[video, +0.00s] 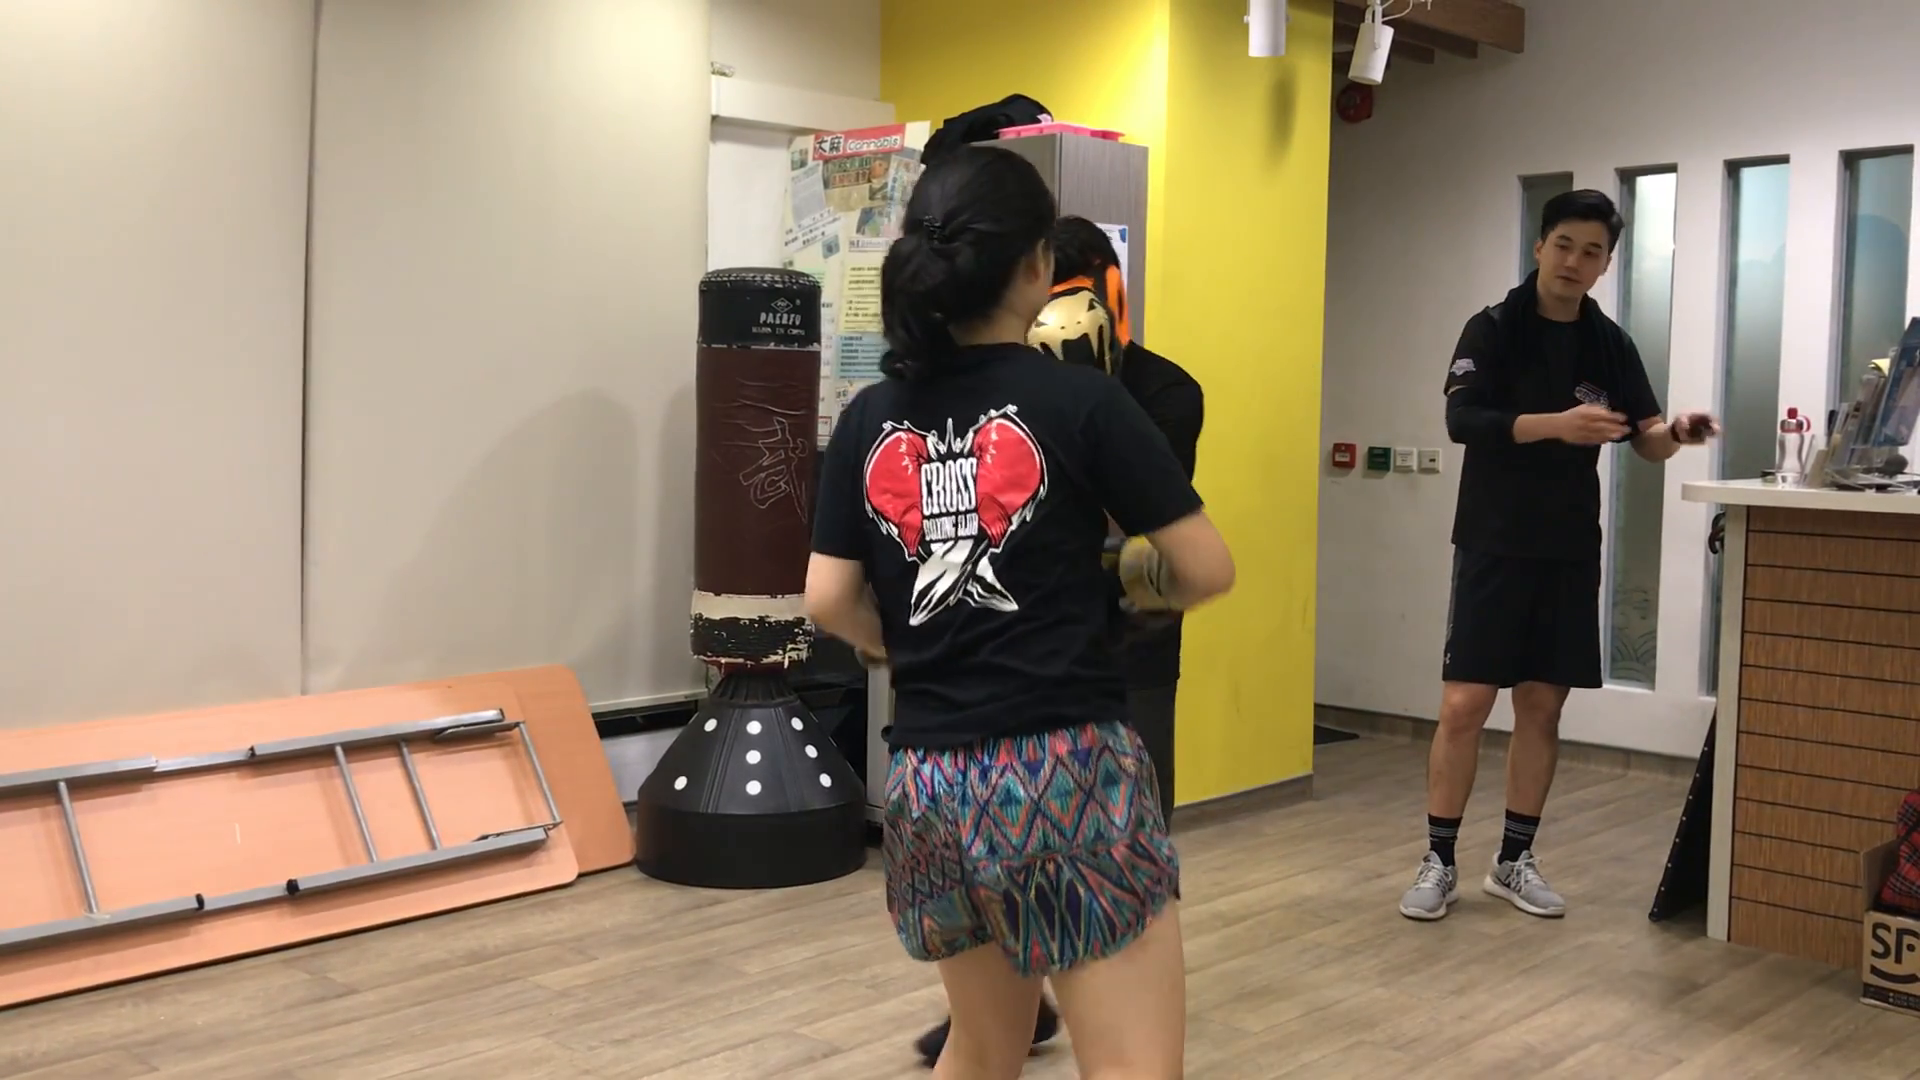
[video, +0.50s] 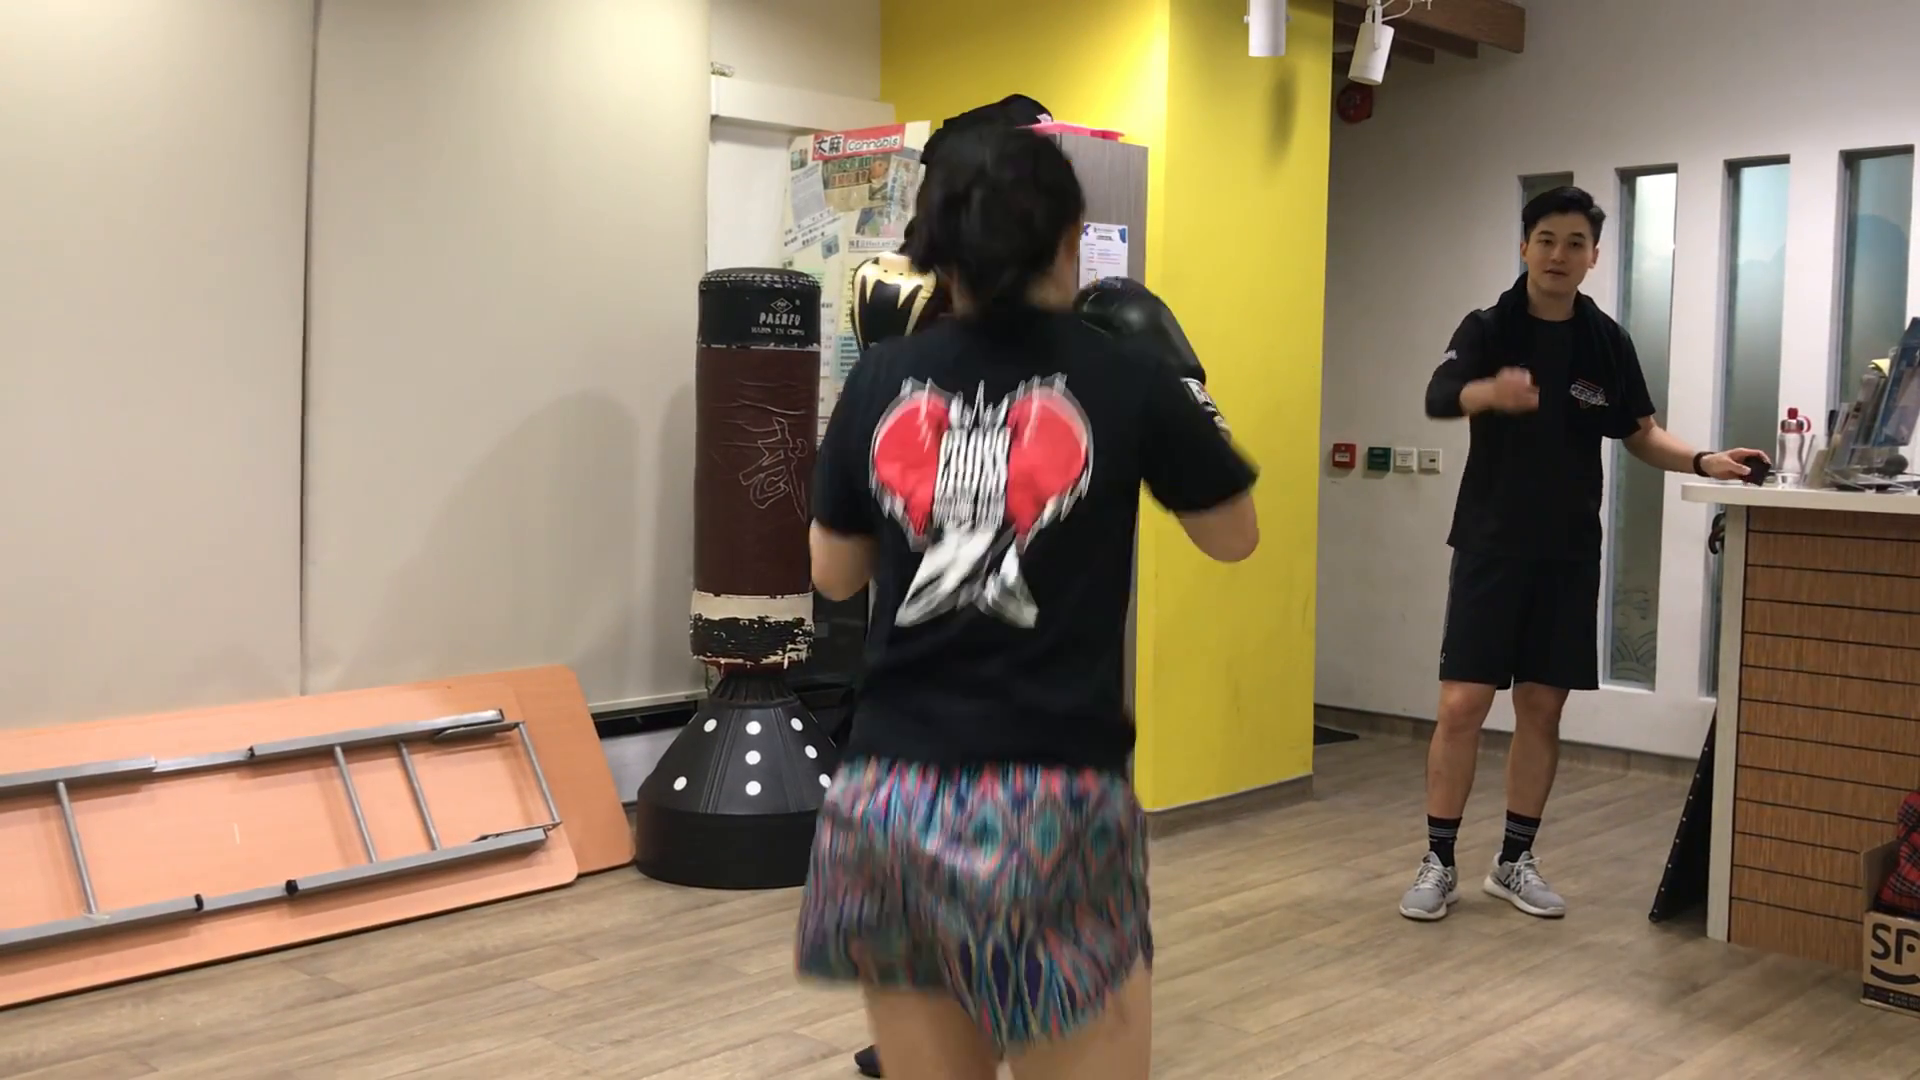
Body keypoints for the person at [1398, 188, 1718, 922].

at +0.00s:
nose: (1575, 261)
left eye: (1592, 252)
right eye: (1565, 245)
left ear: (1606, 265)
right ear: (1540, 246)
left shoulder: (1611, 344)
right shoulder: (1494, 326)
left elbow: (1647, 444)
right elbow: (1460, 420)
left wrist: (1671, 433)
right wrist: (1557, 426)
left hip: (1568, 550)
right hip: (1491, 543)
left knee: (1540, 704)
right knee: (1465, 704)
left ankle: (1515, 860)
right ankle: (1438, 861)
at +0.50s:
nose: (1560, 254)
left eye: (1575, 243)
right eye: (1547, 240)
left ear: (1594, 254)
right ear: (1524, 247)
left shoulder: (1606, 341)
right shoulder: (1489, 327)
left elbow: (1643, 434)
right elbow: (1439, 397)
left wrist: (1705, 460)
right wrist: (1488, 392)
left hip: (1567, 551)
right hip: (1489, 544)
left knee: (1541, 708)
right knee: (1460, 707)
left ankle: (1513, 861)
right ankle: (1437, 863)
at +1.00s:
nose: (1564, 255)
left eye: (1578, 242)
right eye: (1551, 239)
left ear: (1597, 253)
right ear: (1525, 247)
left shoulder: (1600, 337)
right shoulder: (1489, 319)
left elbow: (1639, 433)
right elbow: (1487, 330)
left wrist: (1701, 464)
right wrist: (1529, 302)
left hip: (1564, 547)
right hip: (1489, 539)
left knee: (1539, 708)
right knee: (1462, 708)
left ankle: (1514, 861)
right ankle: (1437, 863)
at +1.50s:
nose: (1564, 262)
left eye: (1580, 251)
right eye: (1552, 246)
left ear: (1598, 259)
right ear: (1528, 249)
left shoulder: (1604, 339)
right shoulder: (1491, 321)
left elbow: (1642, 435)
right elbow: (1474, 355)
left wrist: (1703, 465)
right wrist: (1522, 292)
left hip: (1570, 549)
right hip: (1493, 541)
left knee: (1542, 709)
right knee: (1464, 708)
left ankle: (1513, 861)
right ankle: (1437, 863)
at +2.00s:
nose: (1573, 257)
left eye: (1590, 245)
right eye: (1561, 242)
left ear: (1612, 255)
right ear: (1544, 248)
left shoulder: (1637, 345)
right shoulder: (1504, 337)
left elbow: (1670, 430)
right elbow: (1459, 429)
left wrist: (1662, 450)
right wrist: (1481, 498)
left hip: (1586, 548)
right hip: (1506, 538)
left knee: (1551, 706)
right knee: (1475, 701)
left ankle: (1517, 858)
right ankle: (1481, 818)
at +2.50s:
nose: (1570, 270)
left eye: (1586, 258)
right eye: (1560, 257)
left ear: (1614, 263)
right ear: (1547, 261)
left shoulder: (1646, 344)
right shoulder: (1525, 341)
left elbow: (1690, 437)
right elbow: (1485, 424)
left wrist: (1642, 467)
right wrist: (1483, 481)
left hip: (1608, 538)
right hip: (1538, 534)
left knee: (1583, 689)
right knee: (1548, 689)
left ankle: (1601, 845)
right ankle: (1573, 834)